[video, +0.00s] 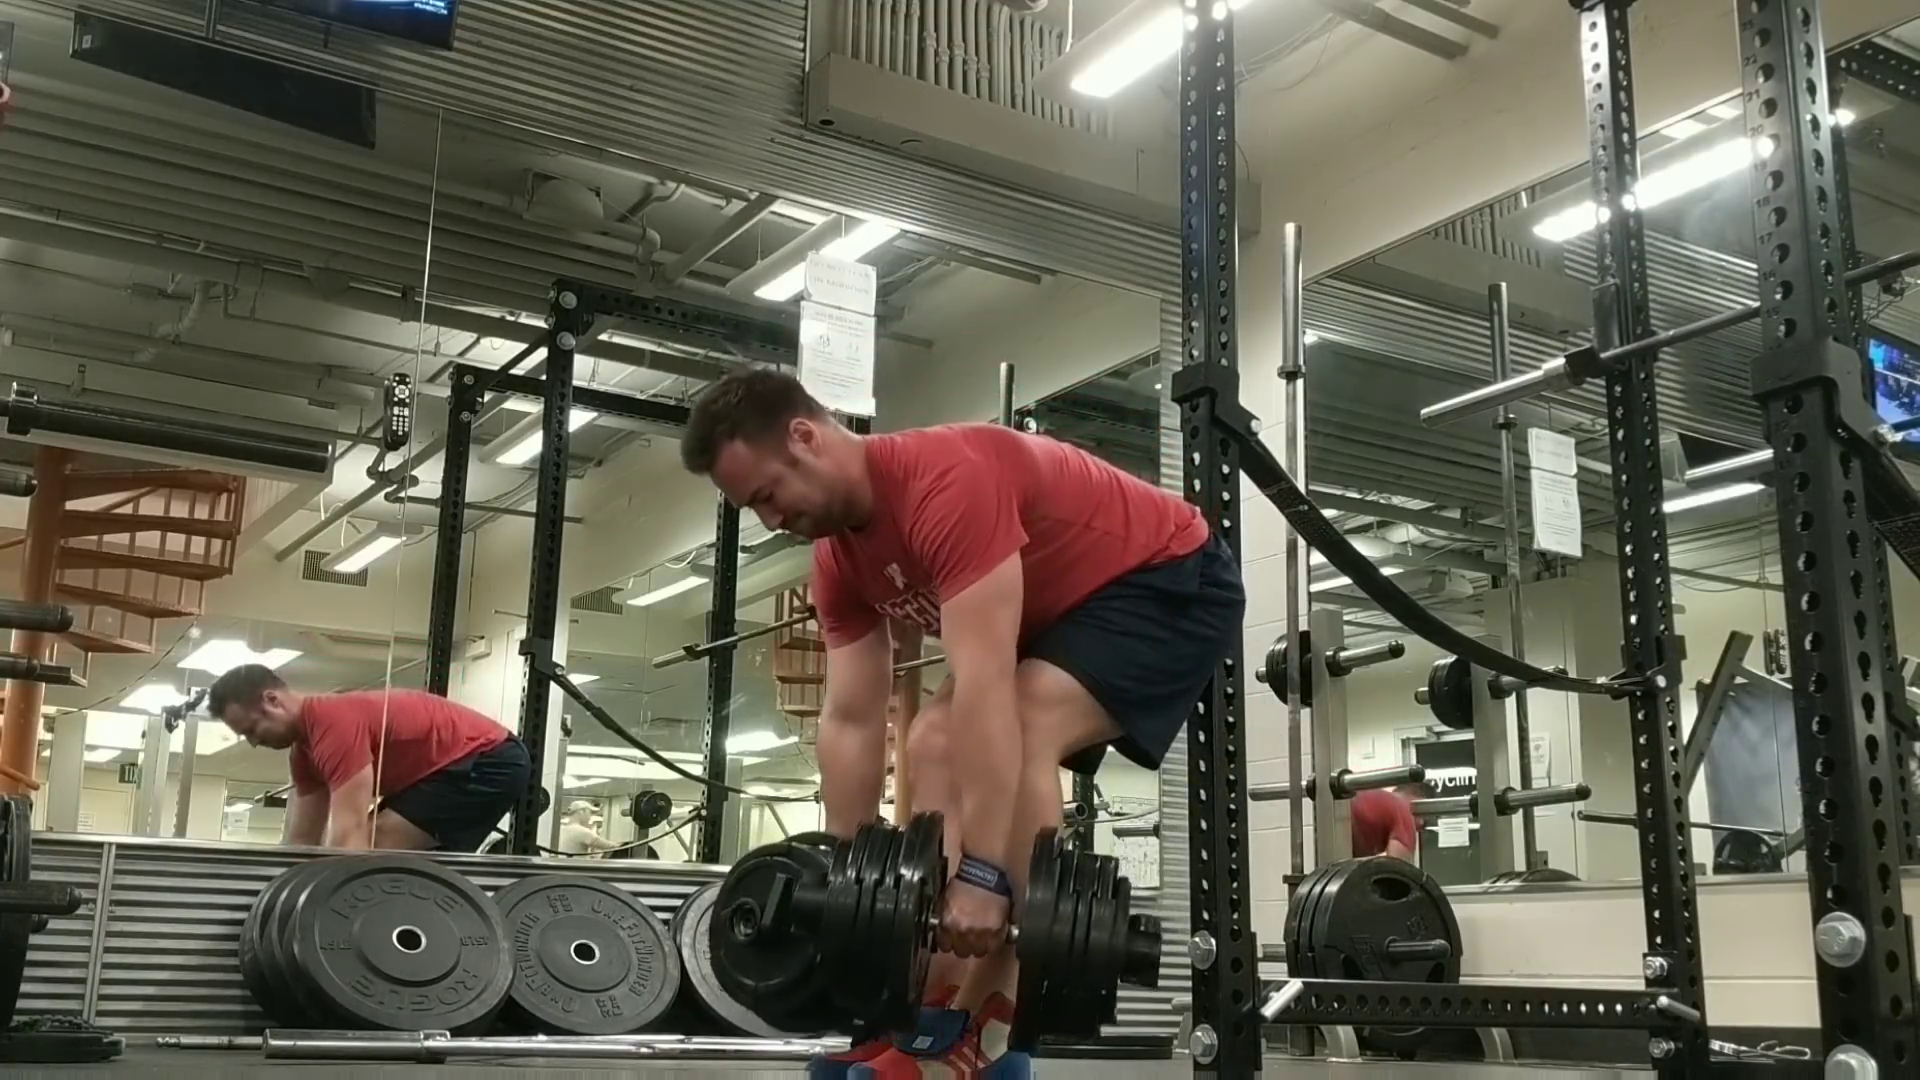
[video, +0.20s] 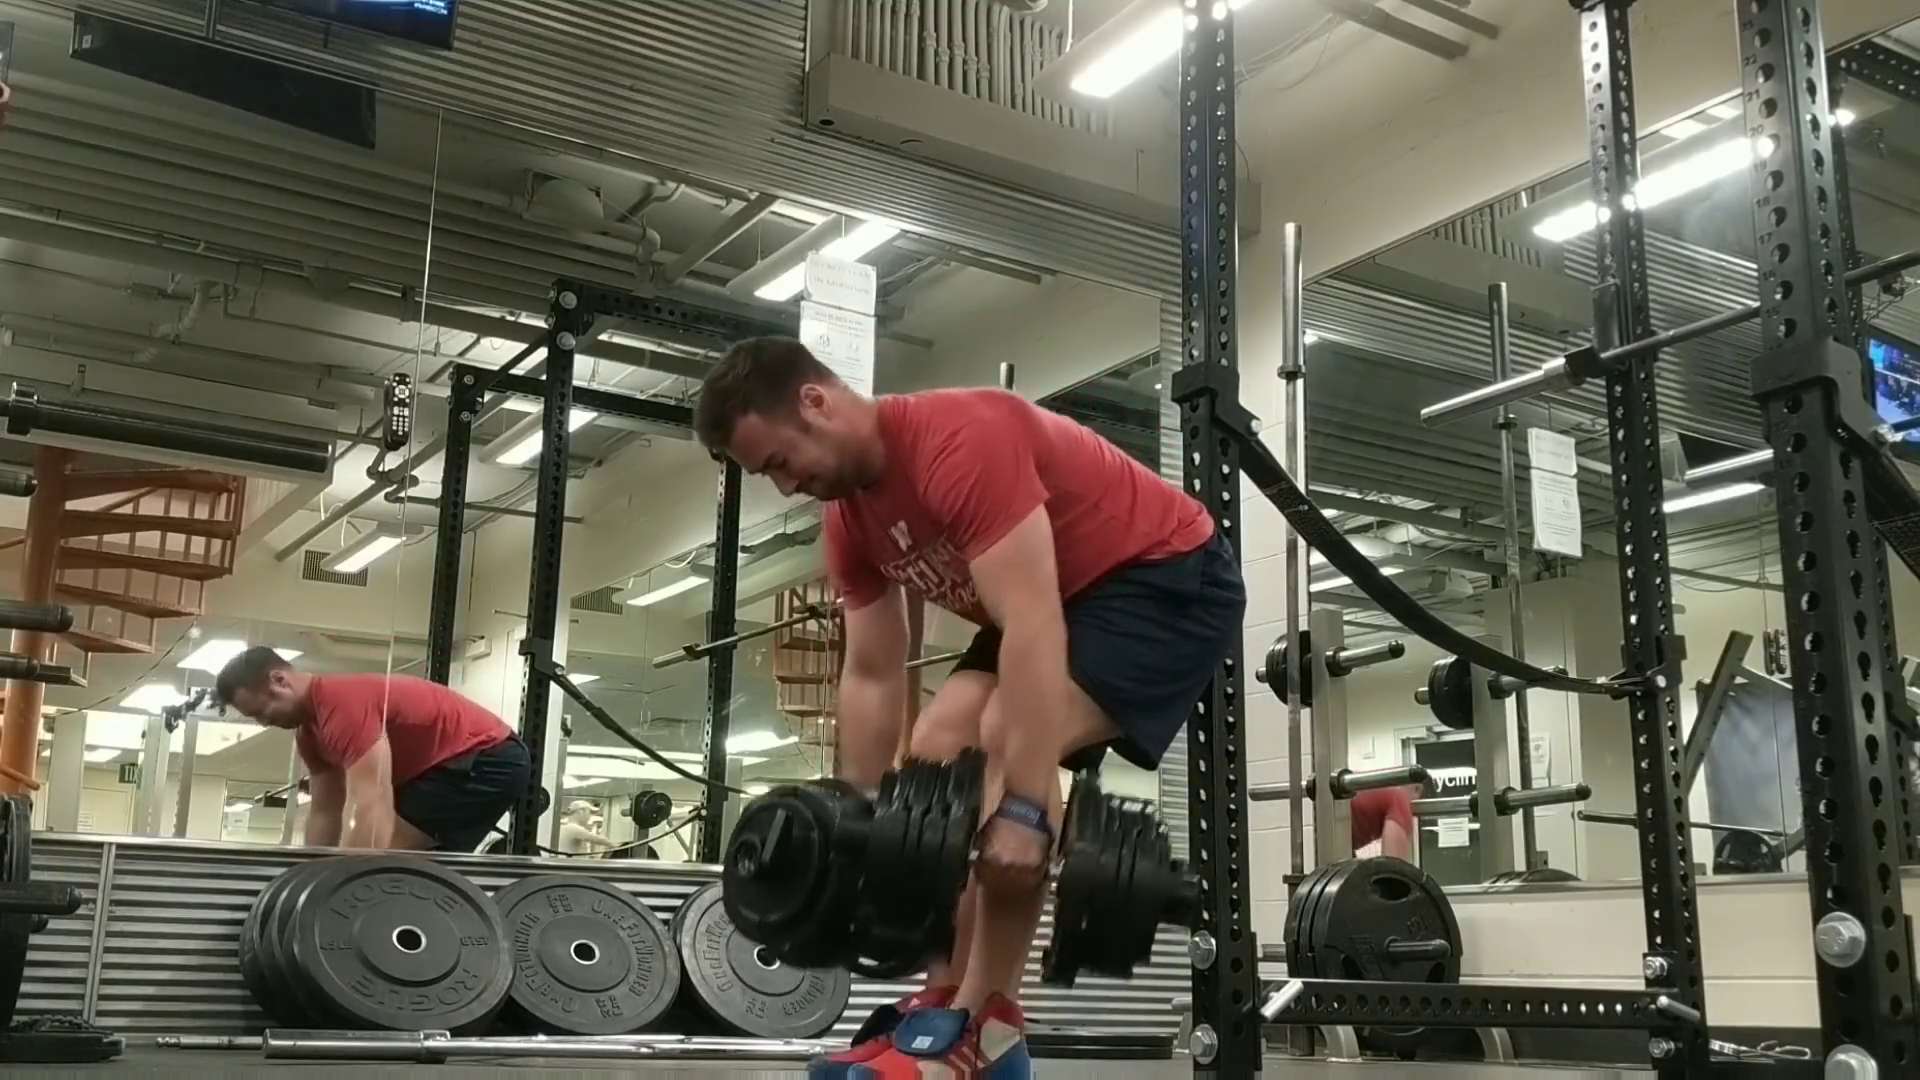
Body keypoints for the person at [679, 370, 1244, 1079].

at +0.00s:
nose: (767, 520)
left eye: (766, 495)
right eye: (751, 509)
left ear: (807, 437)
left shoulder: (953, 482)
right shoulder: (842, 560)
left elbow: (985, 683)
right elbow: (851, 719)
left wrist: (982, 875)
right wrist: (845, 884)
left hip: (1169, 576)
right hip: (1062, 612)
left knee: (1019, 727)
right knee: (935, 740)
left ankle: (988, 1033)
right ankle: (930, 1019)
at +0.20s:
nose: (786, 487)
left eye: (781, 462)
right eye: (769, 476)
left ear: (818, 401)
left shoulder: (965, 441)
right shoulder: (850, 520)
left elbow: (1032, 614)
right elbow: (873, 675)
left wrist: (1026, 806)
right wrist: (852, 833)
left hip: (1168, 576)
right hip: (1061, 601)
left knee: (1013, 730)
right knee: (937, 737)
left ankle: (990, 1020)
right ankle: (946, 997)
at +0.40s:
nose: (817, 454)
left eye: (809, 433)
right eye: (800, 447)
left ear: (836, 369)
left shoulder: (986, 390)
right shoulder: (864, 474)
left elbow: (1094, 545)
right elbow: (899, 610)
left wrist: (1087, 716)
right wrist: (883, 756)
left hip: (1166, 570)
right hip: (1039, 598)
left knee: (1028, 760)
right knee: (953, 756)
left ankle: (991, 1018)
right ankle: (941, 1002)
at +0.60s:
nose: (854, 444)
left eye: (844, 427)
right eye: (839, 440)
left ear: (857, 359)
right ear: (853, 366)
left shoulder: (1004, 353)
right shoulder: (880, 444)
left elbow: (1141, 480)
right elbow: (938, 565)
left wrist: (1143, 644)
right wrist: (912, 696)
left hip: (1159, 565)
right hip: (1050, 589)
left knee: (1023, 735)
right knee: (952, 732)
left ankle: (992, 1017)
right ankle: (941, 1004)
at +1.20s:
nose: (818, 466)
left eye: (808, 446)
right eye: (800, 461)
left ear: (832, 381)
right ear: (833, 384)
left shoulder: (986, 392)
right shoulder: (861, 473)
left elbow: (1086, 557)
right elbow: (902, 619)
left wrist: (1093, 736)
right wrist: (891, 770)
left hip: (1167, 570)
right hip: (1043, 594)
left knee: (1030, 754)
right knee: (953, 744)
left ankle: (990, 1019)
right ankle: (943, 1001)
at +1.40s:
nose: (795, 476)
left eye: (788, 452)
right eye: (778, 467)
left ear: (821, 389)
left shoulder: (972, 427)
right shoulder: (853, 508)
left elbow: (1024, 621)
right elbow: (870, 664)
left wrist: (1031, 803)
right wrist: (855, 820)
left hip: (1166, 576)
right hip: (1059, 602)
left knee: (1010, 731)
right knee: (940, 738)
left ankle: (991, 1017)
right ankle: (944, 998)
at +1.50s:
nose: (783, 489)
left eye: (780, 463)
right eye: (767, 478)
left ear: (817, 401)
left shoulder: (964, 448)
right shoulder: (849, 528)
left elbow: (1003, 650)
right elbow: (861, 687)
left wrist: (1009, 833)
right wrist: (848, 850)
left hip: (1165, 578)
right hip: (1058, 607)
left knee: (1000, 744)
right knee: (941, 739)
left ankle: (989, 1020)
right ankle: (937, 1004)